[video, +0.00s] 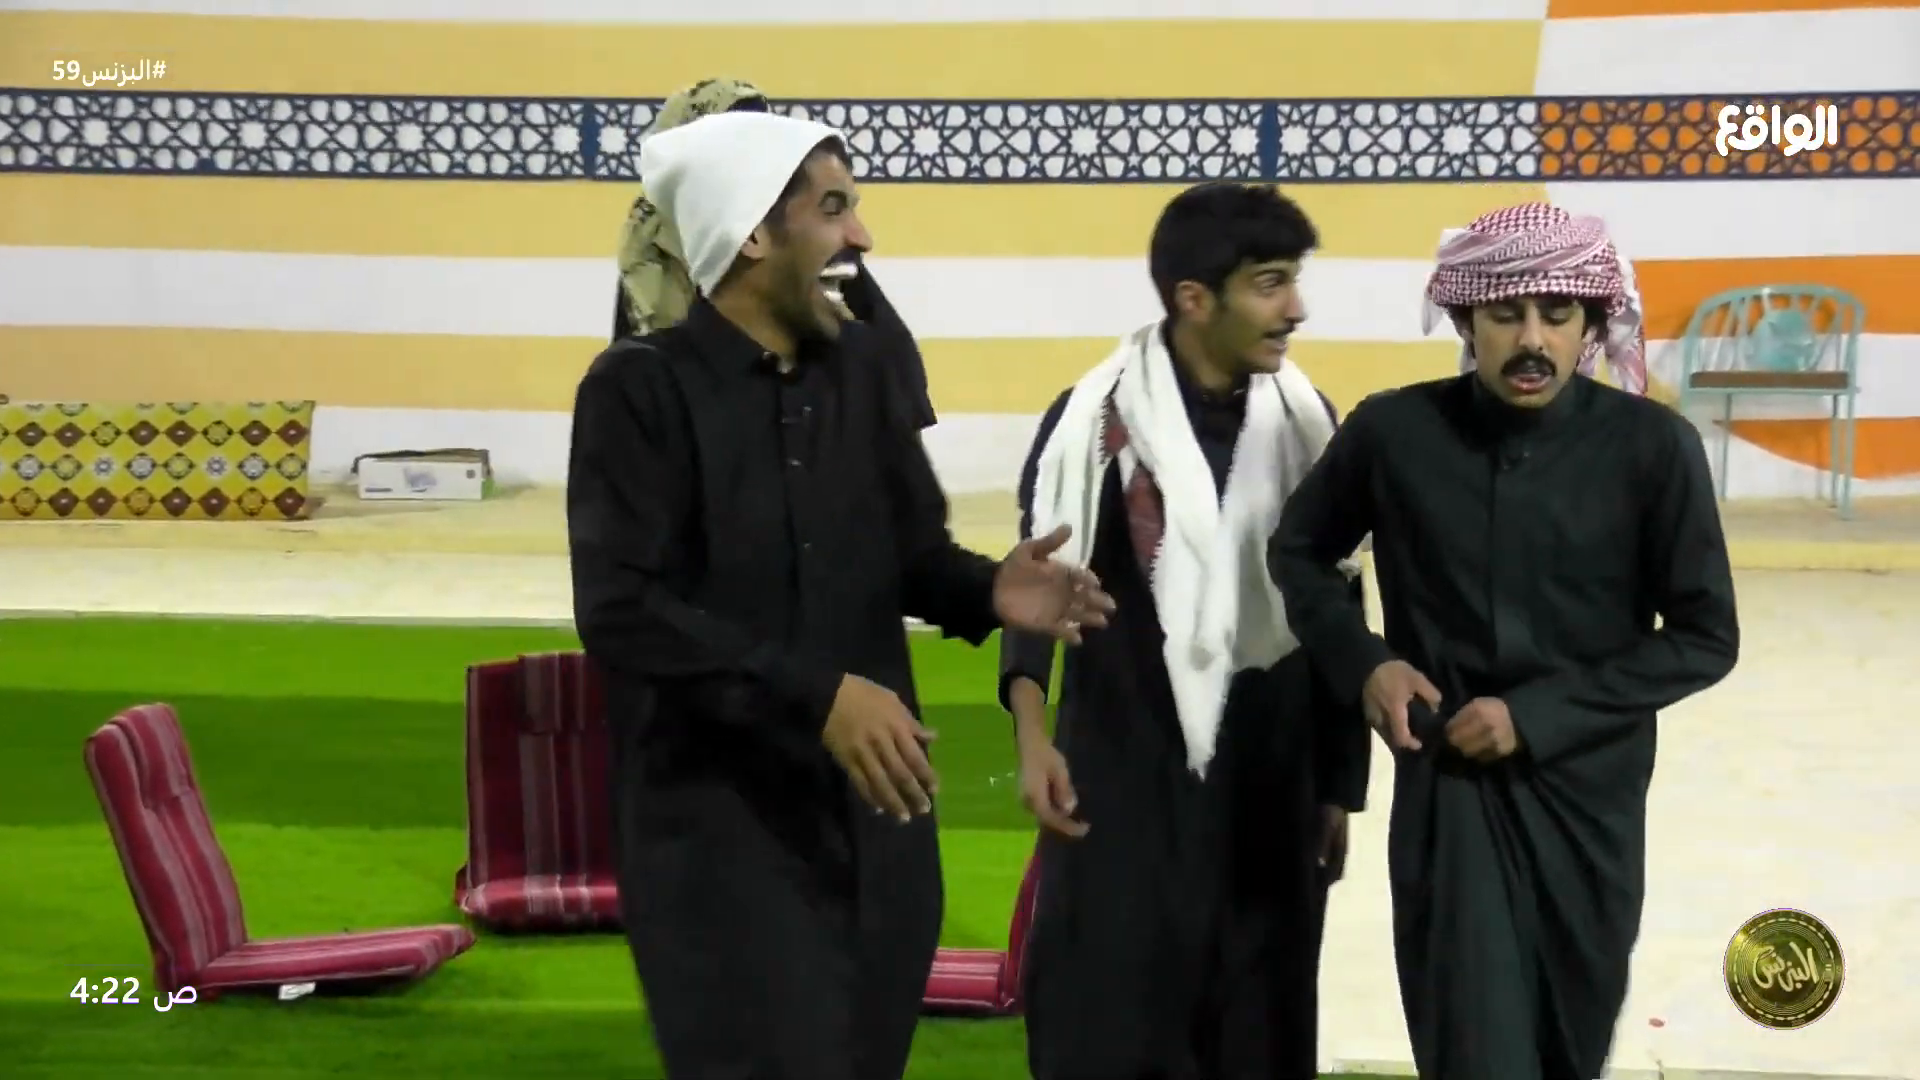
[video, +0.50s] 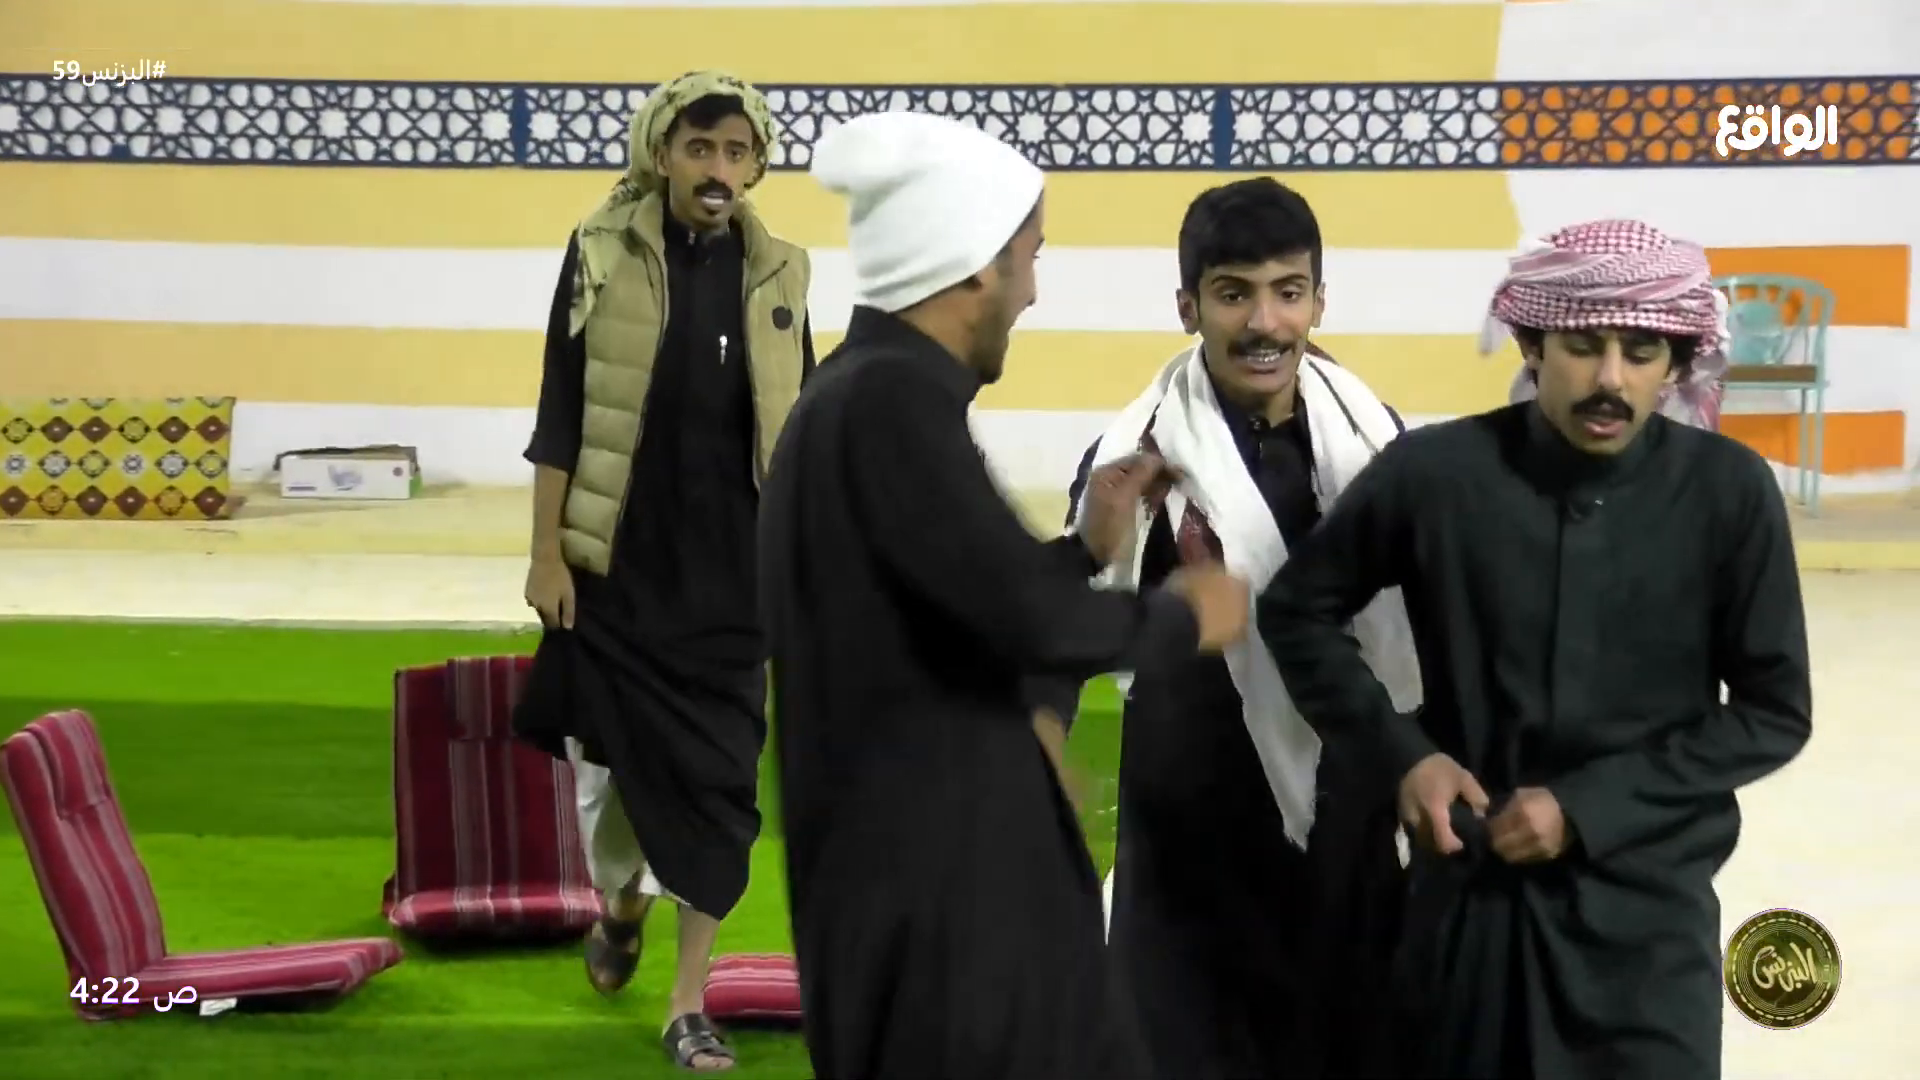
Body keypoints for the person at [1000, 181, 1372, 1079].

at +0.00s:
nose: (1295, 307)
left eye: (1295, 281)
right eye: (1272, 285)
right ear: (1191, 298)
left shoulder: (1307, 423)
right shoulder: (1087, 422)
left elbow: (1336, 611)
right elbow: (1035, 591)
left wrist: (1339, 790)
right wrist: (1033, 737)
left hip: (1269, 779)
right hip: (1127, 772)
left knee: (1257, 1021)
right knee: (1116, 1019)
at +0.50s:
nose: (1264, 321)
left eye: (1287, 293)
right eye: (1235, 295)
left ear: (1317, 302)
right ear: (1189, 306)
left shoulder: (1378, 439)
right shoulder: (1127, 459)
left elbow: (1436, 631)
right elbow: (1066, 659)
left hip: (1353, 852)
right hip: (1194, 855)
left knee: (1353, 1059)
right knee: (1194, 1053)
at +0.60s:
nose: (1262, 316)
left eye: (1285, 284)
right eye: (1230, 289)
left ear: (1313, 287)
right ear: (1184, 299)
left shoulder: (1365, 413)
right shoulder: (1131, 447)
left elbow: (1428, 581)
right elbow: (1099, 636)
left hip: (1360, 821)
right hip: (1202, 841)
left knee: (1365, 1041)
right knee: (1213, 1040)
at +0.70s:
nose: (1251, 304)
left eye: (1277, 275)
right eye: (1221, 276)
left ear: (1307, 282)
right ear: (1174, 287)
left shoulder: (1367, 416)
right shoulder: (1111, 434)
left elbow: (1432, 589)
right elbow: (1100, 629)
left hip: (1349, 816)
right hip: (1186, 821)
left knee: (1356, 1034)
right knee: (1208, 1038)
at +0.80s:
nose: (1235, 304)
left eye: (1260, 276)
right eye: (1207, 277)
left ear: (1297, 286)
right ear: (1165, 286)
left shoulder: (1359, 412)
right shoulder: (1113, 424)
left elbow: (1427, 595)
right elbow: (1093, 610)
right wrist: (1133, 496)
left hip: (1327, 809)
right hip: (1169, 813)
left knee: (1334, 1034)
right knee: (1189, 1035)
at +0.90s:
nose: (1192, 296)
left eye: (1224, 271)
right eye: (1176, 269)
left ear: (1290, 289)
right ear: (1158, 279)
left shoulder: (1370, 416)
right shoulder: (1120, 416)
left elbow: (1408, 593)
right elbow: (1099, 601)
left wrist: (1324, 482)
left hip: (1317, 790)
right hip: (1166, 792)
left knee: (1315, 1026)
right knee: (1173, 1026)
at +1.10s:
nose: (1248, 335)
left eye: (1276, 305)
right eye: (1245, 306)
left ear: (1361, 315)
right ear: (1234, 309)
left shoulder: (1426, 423)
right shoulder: (1228, 444)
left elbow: (1431, 583)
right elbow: (1198, 624)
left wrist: (1297, 435)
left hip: (1408, 809)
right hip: (1267, 810)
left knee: (1383, 1041)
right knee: (1251, 1029)